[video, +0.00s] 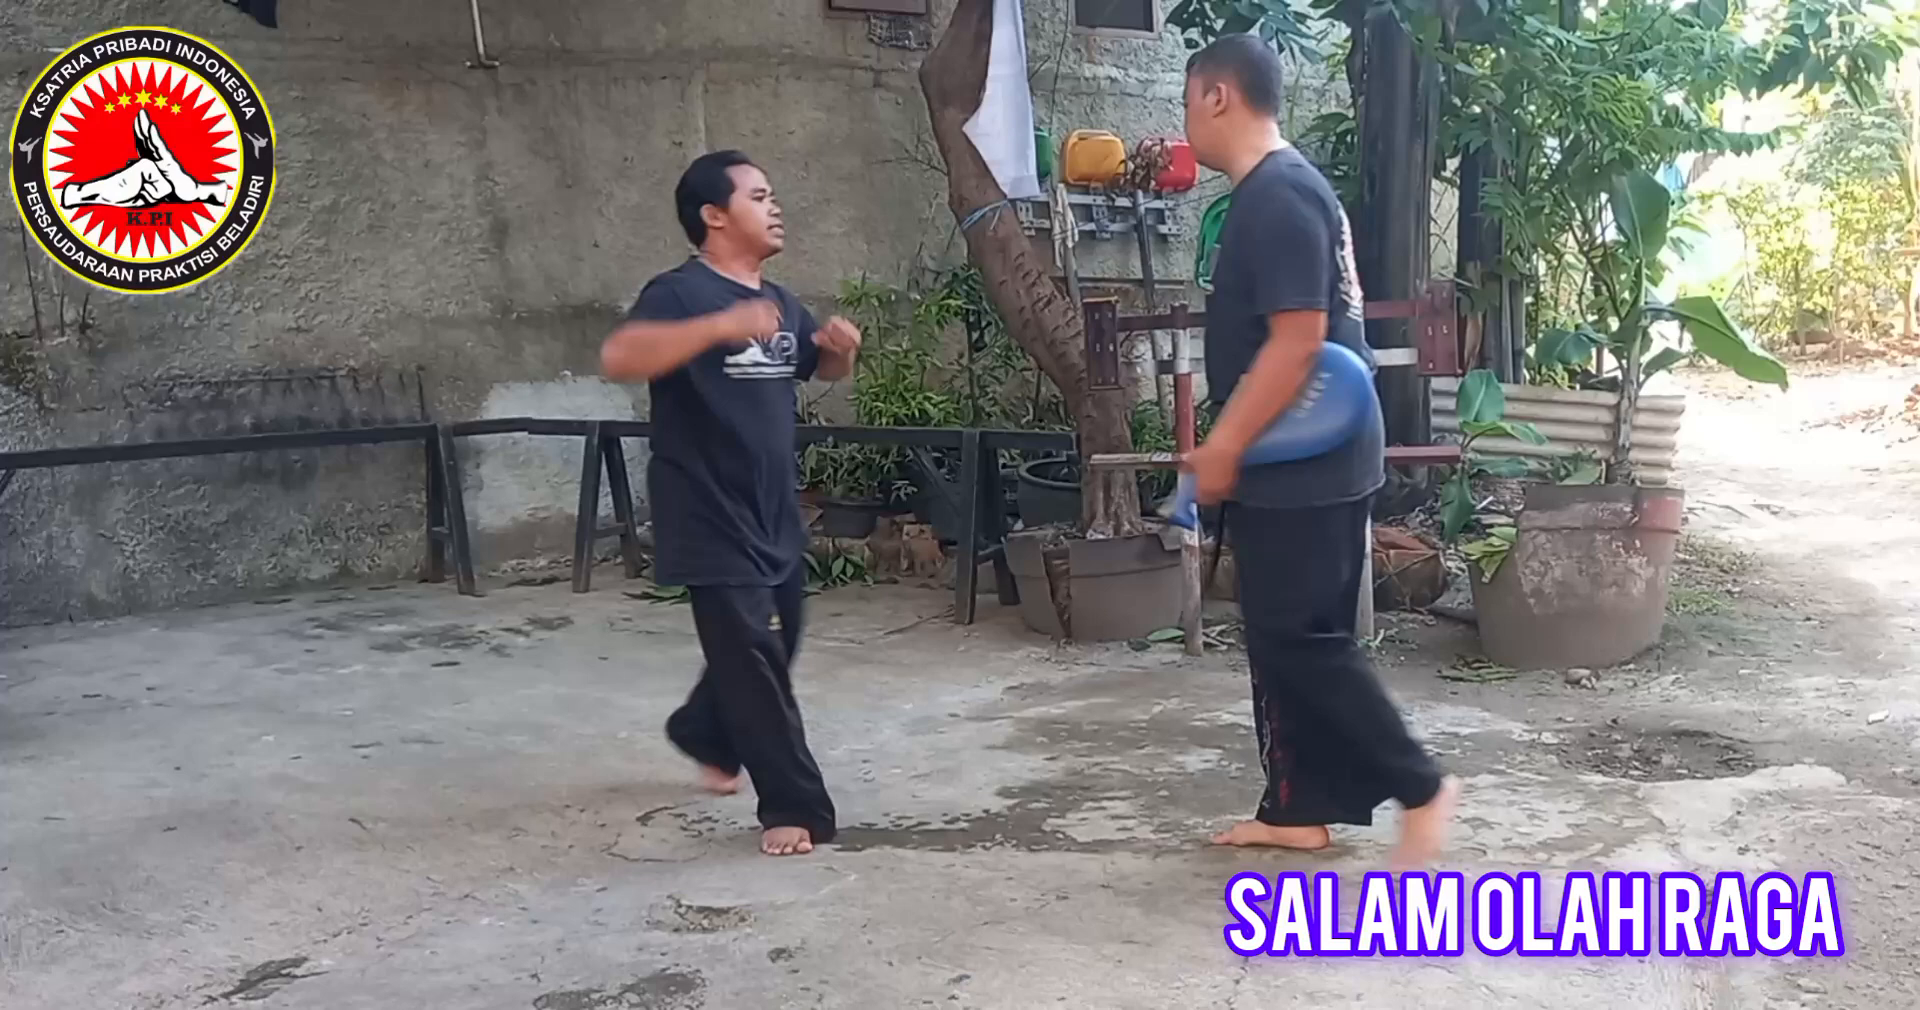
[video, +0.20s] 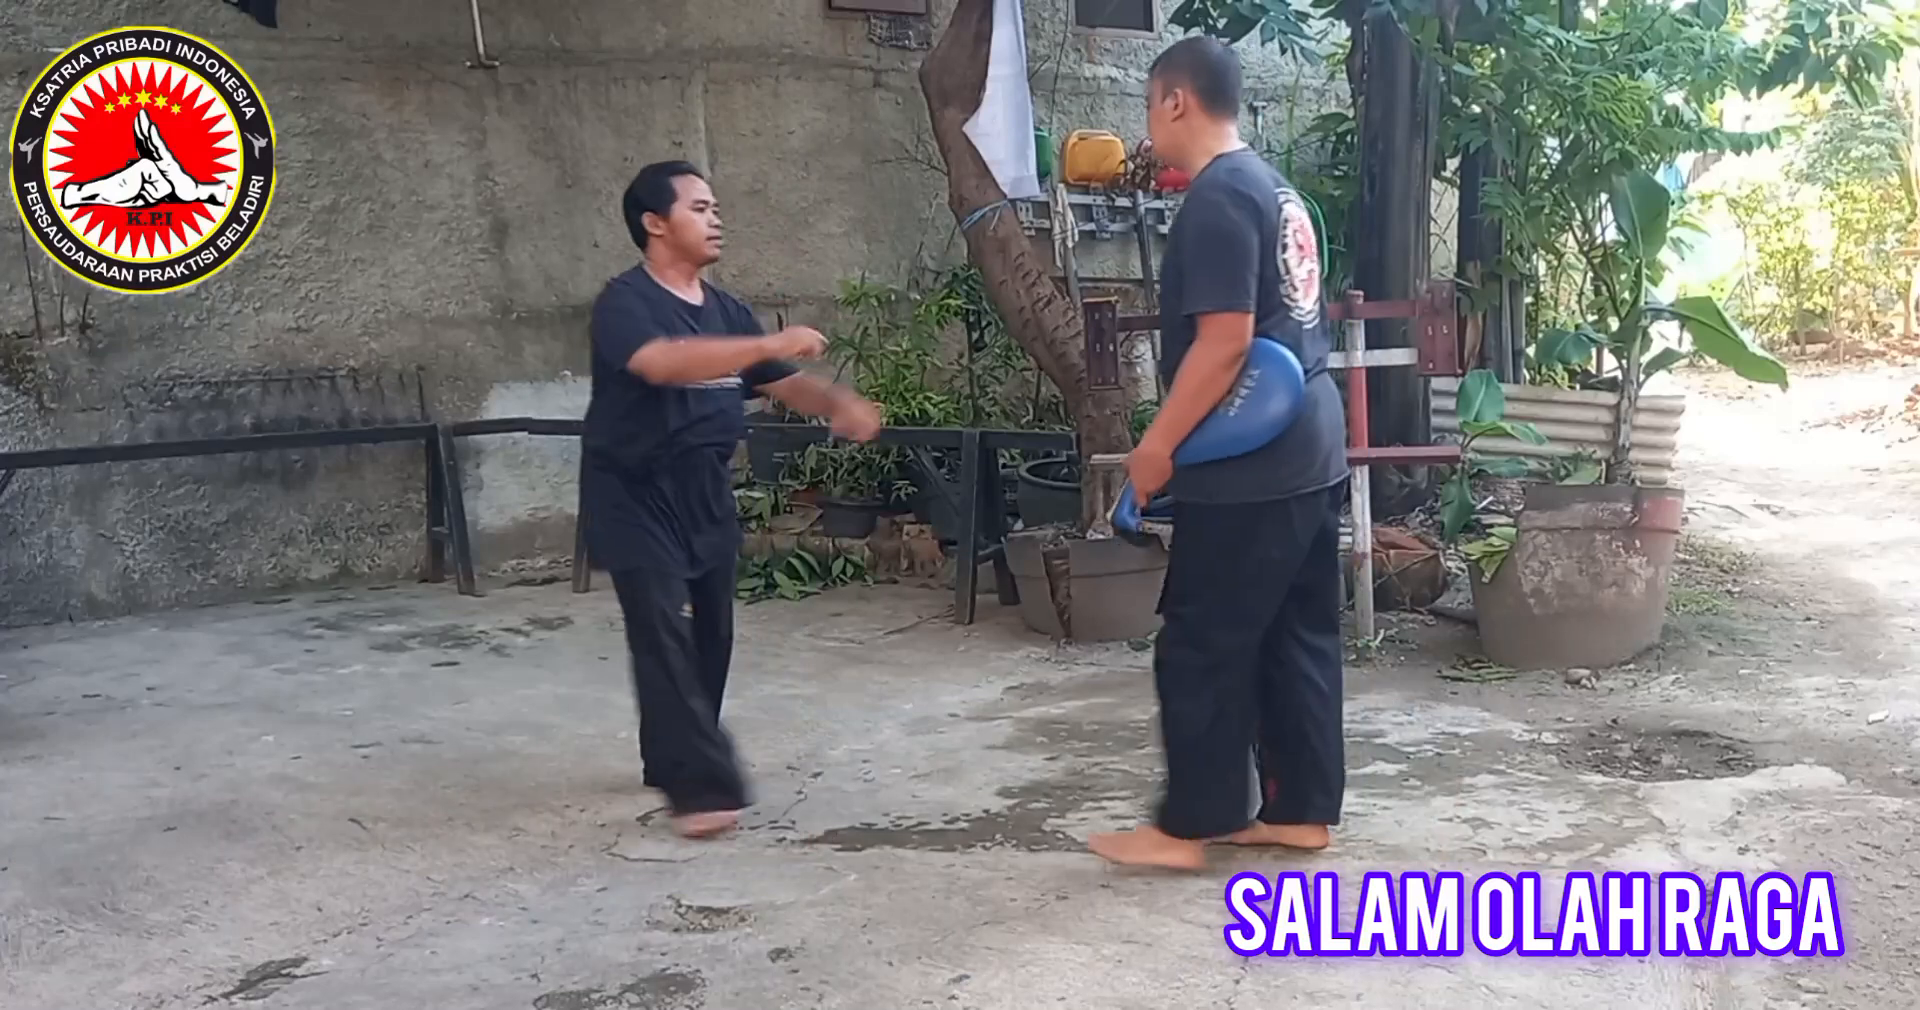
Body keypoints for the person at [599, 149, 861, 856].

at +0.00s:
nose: (776, 210)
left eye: (771, 197)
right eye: (759, 198)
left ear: (734, 217)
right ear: (715, 217)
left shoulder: (777, 302)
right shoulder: (677, 293)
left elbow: (822, 371)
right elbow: (618, 357)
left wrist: (837, 353)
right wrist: (719, 327)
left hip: (776, 511)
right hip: (709, 514)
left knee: (775, 642)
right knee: (750, 654)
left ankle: (703, 730)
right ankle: (791, 808)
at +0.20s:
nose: (717, 220)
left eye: (715, 209)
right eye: (700, 209)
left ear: (695, 224)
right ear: (655, 224)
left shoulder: (729, 312)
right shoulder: (623, 301)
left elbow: (777, 377)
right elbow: (657, 363)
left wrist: (838, 403)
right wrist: (767, 347)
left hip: (706, 493)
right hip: (631, 493)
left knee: (710, 635)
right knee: (661, 626)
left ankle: (679, 765)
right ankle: (701, 790)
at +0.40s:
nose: (655, 217)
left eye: (653, 205)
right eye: (638, 207)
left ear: (650, 214)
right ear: (593, 223)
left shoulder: (670, 303)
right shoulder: (560, 308)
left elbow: (690, 396)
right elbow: (554, 414)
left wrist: (694, 467)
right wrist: (645, 451)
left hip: (660, 508)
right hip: (580, 512)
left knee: (677, 635)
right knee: (552, 633)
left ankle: (680, 763)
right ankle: (509, 741)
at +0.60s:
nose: (585, 242)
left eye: (587, 230)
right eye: (569, 231)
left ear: (589, 235)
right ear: (523, 240)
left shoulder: (599, 315)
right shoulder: (474, 324)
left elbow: (618, 397)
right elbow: (430, 414)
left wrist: (637, 468)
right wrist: (494, 482)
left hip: (592, 509)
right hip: (502, 519)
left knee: (631, 632)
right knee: (488, 639)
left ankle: (674, 755)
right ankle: (474, 753)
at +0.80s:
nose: (549, 230)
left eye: (553, 217)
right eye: (533, 219)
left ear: (559, 222)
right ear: (487, 226)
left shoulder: (582, 299)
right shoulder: (436, 306)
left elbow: (608, 376)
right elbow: (406, 388)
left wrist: (610, 444)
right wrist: (442, 459)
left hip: (571, 492)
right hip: (480, 499)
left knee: (592, 608)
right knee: (477, 629)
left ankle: (584, 727)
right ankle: (474, 752)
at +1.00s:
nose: (569, 258)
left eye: (574, 245)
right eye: (554, 246)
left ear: (579, 244)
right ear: (511, 246)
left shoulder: (597, 316)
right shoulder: (456, 308)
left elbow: (629, 396)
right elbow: (433, 389)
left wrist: (602, 468)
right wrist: (451, 463)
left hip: (566, 492)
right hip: (473, 492)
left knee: (577, 608)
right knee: (459, 611)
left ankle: (576, 725)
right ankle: (462, 744)